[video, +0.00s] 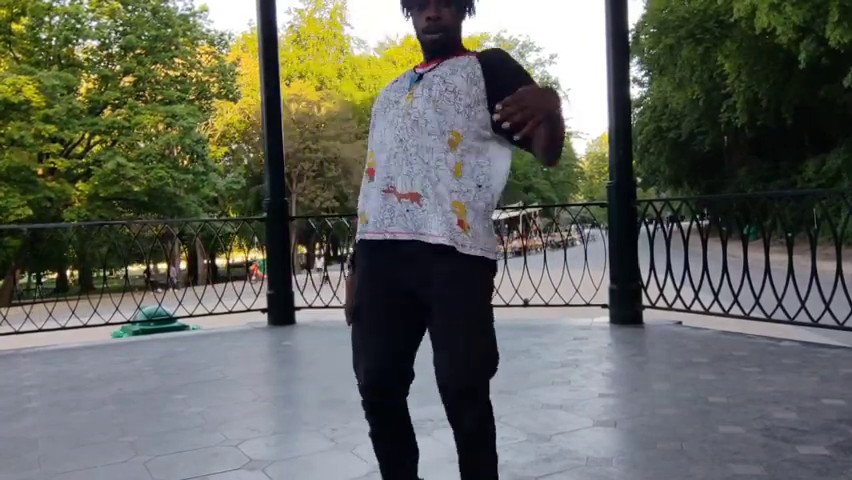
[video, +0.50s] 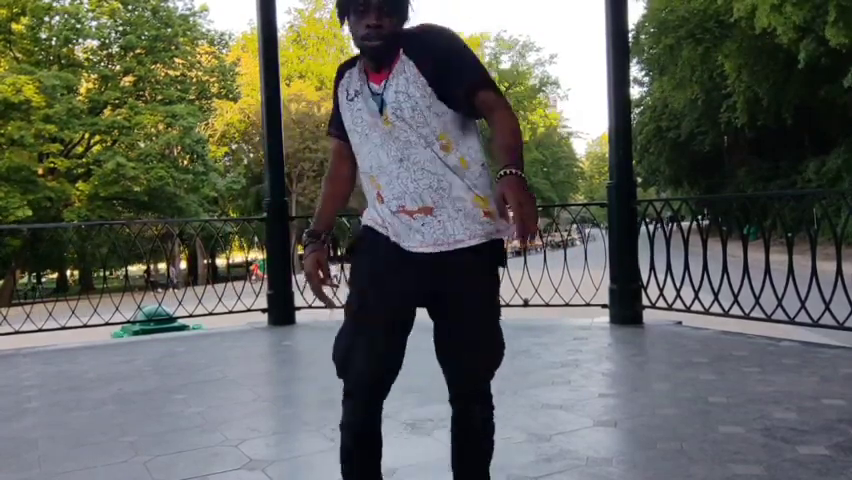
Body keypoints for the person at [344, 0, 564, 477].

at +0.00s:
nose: (431, 10)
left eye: (443, 1)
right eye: (420, 3)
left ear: (464, 8)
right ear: (408, 12)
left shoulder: (489, 64)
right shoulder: (390, 91)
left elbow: (547, 152)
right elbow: (373, 184)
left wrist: (551, 105)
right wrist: (357, 268)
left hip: (457, 257)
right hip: (382, 256)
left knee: (464, 394)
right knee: (378, 392)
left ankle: (481, 476)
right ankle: (399, 476)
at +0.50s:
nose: (372, 20)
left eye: (384, 10)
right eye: (360, 11)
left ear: (403, 14)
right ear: (346, 20)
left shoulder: (435, 44)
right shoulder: (347, 80)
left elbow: (498, 112)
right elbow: (343, 161)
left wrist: (511, 174)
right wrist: (319, 235)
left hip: (467, 248)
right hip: (387, 249)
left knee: (470, 391)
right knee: (361, 387)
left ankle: (472, 478)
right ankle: (360, 477)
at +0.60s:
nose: (365, 21)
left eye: (376, 10)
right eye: (352, 13)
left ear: (395, 15)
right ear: (338, 22)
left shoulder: (438, 60)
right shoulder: (336, 74)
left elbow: (489, 129)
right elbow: (331, 155)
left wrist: (519, 194)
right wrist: (324, 229)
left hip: (473, 248)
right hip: (395, 252)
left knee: (483, 383)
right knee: (379, 386)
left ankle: (483, 474)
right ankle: (365, 474)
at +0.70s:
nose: (372, 16)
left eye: (383, 5)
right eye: (360, 8)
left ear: (404, 9)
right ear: (349, 18)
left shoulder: (452, 65)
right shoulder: (341, 64)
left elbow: (488, 143)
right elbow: (318, 147)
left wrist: (515, 206)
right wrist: (335, 225)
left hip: (475, 251)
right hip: (397, 256)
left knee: (489, 385)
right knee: (380, 389)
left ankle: (491, 479)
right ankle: (369, 477)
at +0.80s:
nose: (402, 14)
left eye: (413, 4)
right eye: (389, 6)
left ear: (431, 10)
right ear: (376, 15)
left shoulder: (473, 79)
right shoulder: (354, 65)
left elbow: (489, 167)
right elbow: (308, 147)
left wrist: (510, 223)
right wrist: (343, 218)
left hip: (472, 258)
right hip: (393, 259)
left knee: (486, 386)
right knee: (366, 390)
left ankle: (488, 479)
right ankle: (357, 477)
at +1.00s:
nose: (454, 19)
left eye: (466, 8)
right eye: (442, 10)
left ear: (486, 14)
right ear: (428, 19)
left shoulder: (517, 75)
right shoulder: (404, 81)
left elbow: (519, 159)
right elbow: (317, 137)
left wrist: (509, 235)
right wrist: (345, 222)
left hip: (464, 258)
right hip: (388, 254)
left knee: (482, 392)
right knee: (364, 395)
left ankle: (487, 478)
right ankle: (350, 479)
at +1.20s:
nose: (463, 10)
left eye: (475, 0)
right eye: (451, 3)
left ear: (497, 8)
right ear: (439, 13)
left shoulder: (526, 57)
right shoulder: (418, 88)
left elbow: (545, 140)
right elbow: (348, 166)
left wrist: (536, 230)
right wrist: (348, 241)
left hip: (497, 253)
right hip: (423, 249)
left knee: (504, 388)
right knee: (399, 375)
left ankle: (492, 478)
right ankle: (376, 474)